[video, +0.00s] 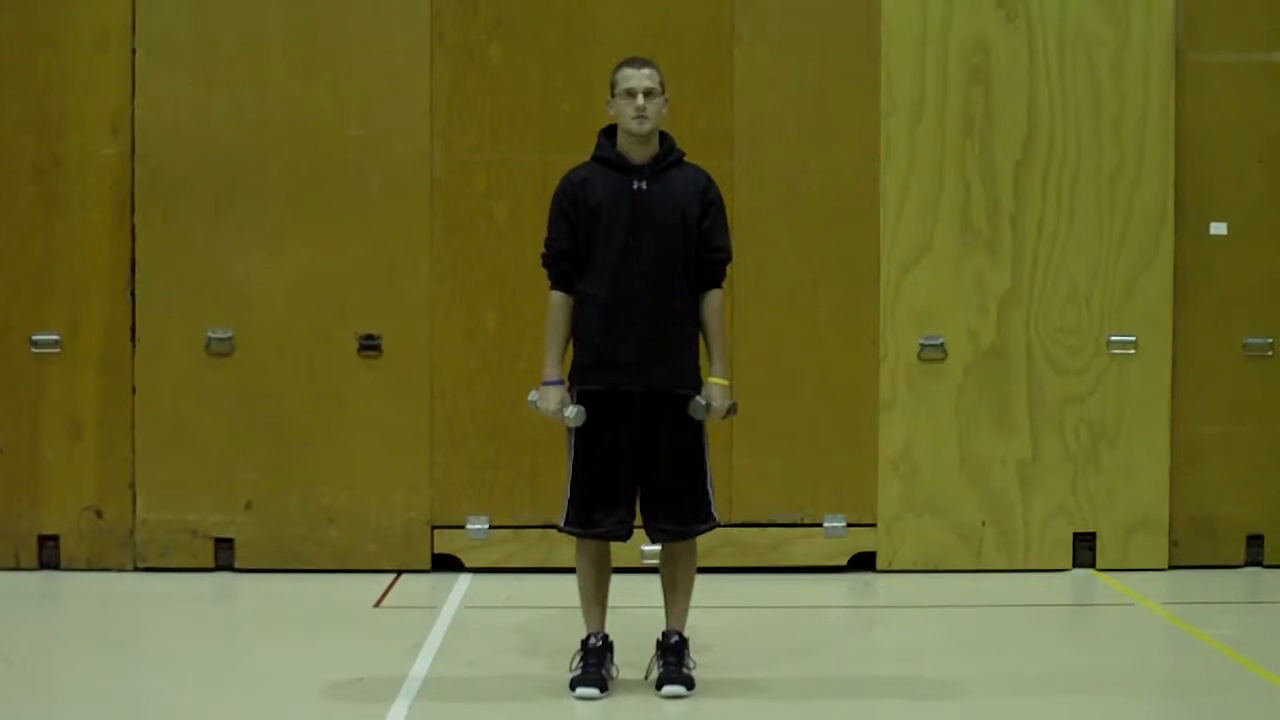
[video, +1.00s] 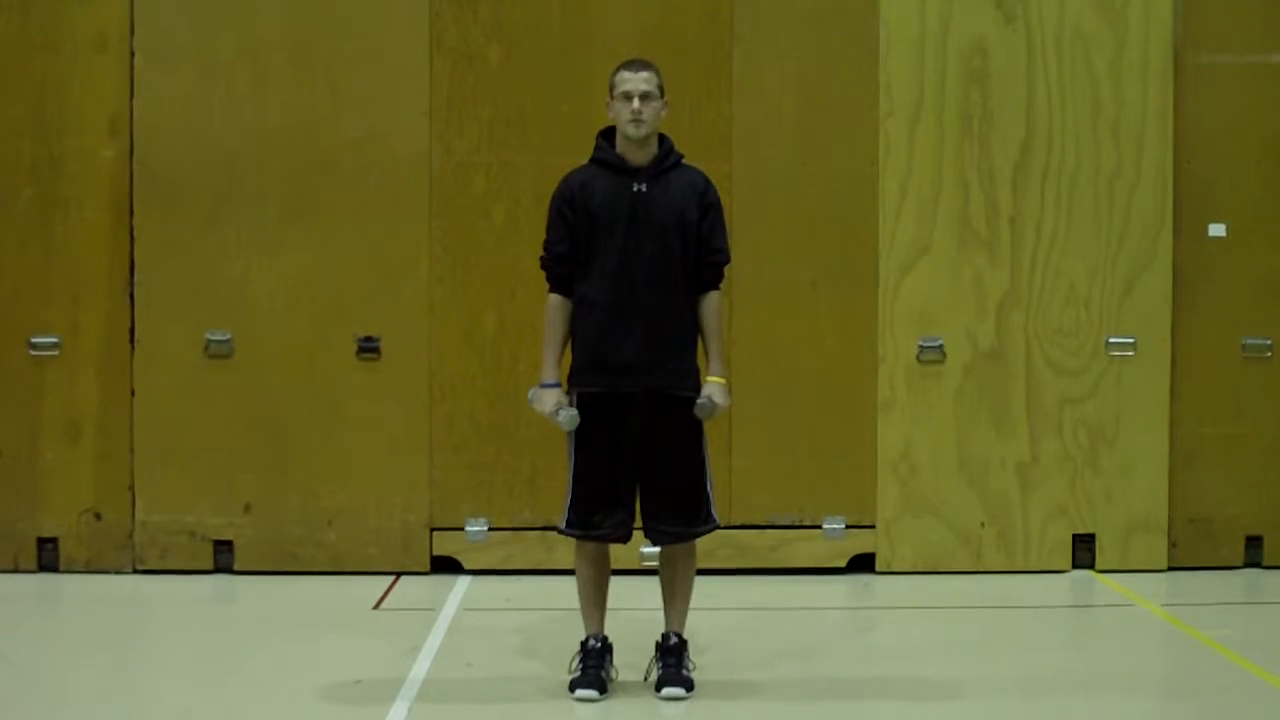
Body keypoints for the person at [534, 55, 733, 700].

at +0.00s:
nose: (641, 105)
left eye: (651, 95)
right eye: (630, 95)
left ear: (666, 105)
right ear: (611, 105)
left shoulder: (696, 186)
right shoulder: (579, 186)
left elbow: (711, 287)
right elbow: (561, 288)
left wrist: (719, 374)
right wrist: (552, 376)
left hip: (674, 382)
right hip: (598, 382)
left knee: (678, 522)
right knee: (593, 520)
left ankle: (674, 646)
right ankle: (594, 646)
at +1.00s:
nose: (638, 107)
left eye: (648, 98)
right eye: (627, 98)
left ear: (665, 108)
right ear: (609, 107)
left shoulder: (694, 188)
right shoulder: (578, 188)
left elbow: (710, 288)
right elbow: (559, 290)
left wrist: (717, 372)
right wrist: (549, 378)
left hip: (673, 384)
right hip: (597, 384)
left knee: (678, 525)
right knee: (593, 521)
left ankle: (673, 648)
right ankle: (593, 647)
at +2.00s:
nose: (642, 106)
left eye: (652, 97)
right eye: (631, 96)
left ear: (665, 110)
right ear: (610, 106)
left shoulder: (695, 189)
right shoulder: (577, 189)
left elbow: (710, 289)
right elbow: (561, 292)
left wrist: (715, 376)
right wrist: (558, 381)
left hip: (673, 385)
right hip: (596, 385)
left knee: (677, 524)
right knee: (591, 523)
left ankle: (673, 648)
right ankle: (593, 648)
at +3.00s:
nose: (637, 107)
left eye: (648, 98)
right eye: (626, 98)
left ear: (663, 109)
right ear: (608, 109)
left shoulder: (693, 189)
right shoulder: (577, 190)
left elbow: (709, 290)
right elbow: (561, 294)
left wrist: (717, 374)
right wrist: (556, 382)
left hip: (672, 385)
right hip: (596, 385)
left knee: (677, 524)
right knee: (591, 523)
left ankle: (673, 649)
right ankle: (593, 648)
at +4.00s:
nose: (644, 107)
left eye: (654, 98)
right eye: (633, 97)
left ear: (667, 110)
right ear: (611, 107)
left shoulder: (694, 188)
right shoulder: (579, 188)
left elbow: (710, 287)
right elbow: (560, 290)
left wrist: (720, 370)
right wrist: (554, 377)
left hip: (674, 383)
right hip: (598, 384)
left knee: (678, 523)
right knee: (593, 522)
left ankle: (673, 648)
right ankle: (594, 647)